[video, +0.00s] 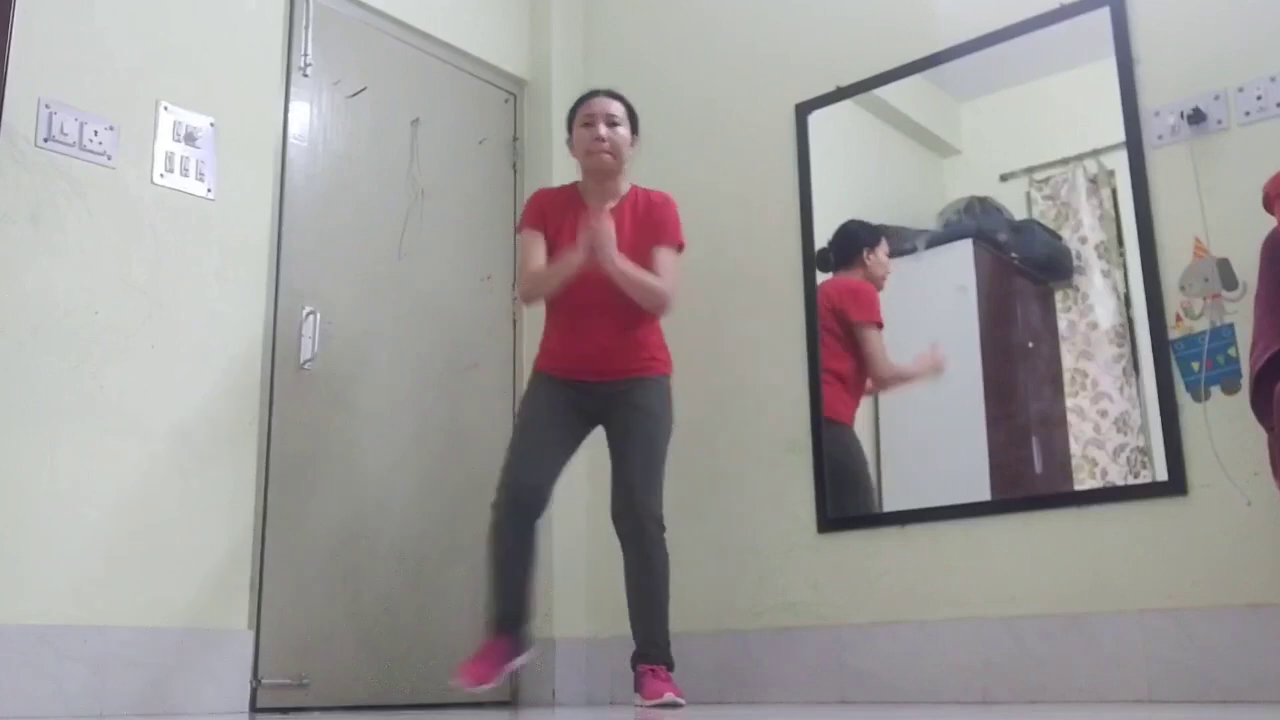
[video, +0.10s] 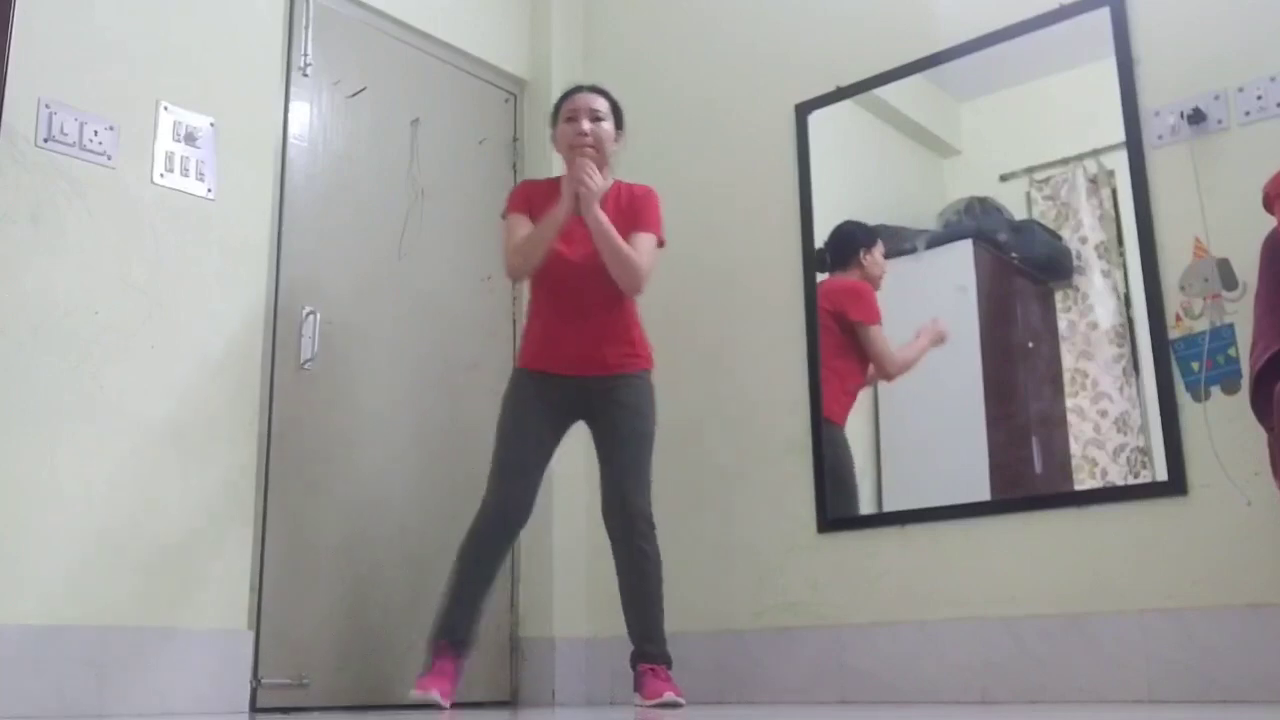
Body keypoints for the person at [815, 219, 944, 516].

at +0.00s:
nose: (889, 267)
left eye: (888, 257)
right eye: (886, 256)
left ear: (840, 258)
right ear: (867, 257)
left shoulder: (824, 291)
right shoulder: (857, 291)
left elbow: (853, 385)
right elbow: (881, 373)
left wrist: (911, 375)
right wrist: (924, 367)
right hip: (829, 422)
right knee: (860, 517)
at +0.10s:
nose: (885, 267)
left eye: (884, 257)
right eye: (882, 256)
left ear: (838, 258)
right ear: (864, 257)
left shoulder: (821, 291)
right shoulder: (854, 291)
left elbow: (850, 377)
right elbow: (890, 367)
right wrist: (926, 339)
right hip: (823, 426)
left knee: (830, 523)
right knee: (843, 523)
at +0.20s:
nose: (877, 274)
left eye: (877, 265)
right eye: (875, 264)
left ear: (829, 267)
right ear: (857, 267)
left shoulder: (818, 299)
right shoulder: (844, 300)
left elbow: (851, 384)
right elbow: (882, 376)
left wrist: (914, 360)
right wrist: (926, 350)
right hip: (815, 436)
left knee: (830, 523)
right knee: (836, 524)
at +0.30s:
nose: (868, 287)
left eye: (867, 277)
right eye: (865, 277)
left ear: (826, 278)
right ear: (848, 279)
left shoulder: (816, 309)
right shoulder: (831, 311)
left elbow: (833, 396)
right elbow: (853, 390)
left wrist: (899, 401)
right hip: (802, 446)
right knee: (829, 528)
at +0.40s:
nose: (862, 297)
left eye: (861, 288)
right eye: (859, 287)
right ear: (842, 286)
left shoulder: (810, 319)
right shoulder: (823, 322)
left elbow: (822, 407)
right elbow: (823, 405)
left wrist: (868, 463)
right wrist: (870, 463)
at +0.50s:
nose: (859, 302)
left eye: (859, 293)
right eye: (857, 292)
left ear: (840, 291)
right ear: (841, 290)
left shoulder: (816, 328)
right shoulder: (818, 331)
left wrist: (823, 497)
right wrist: (824, 499)